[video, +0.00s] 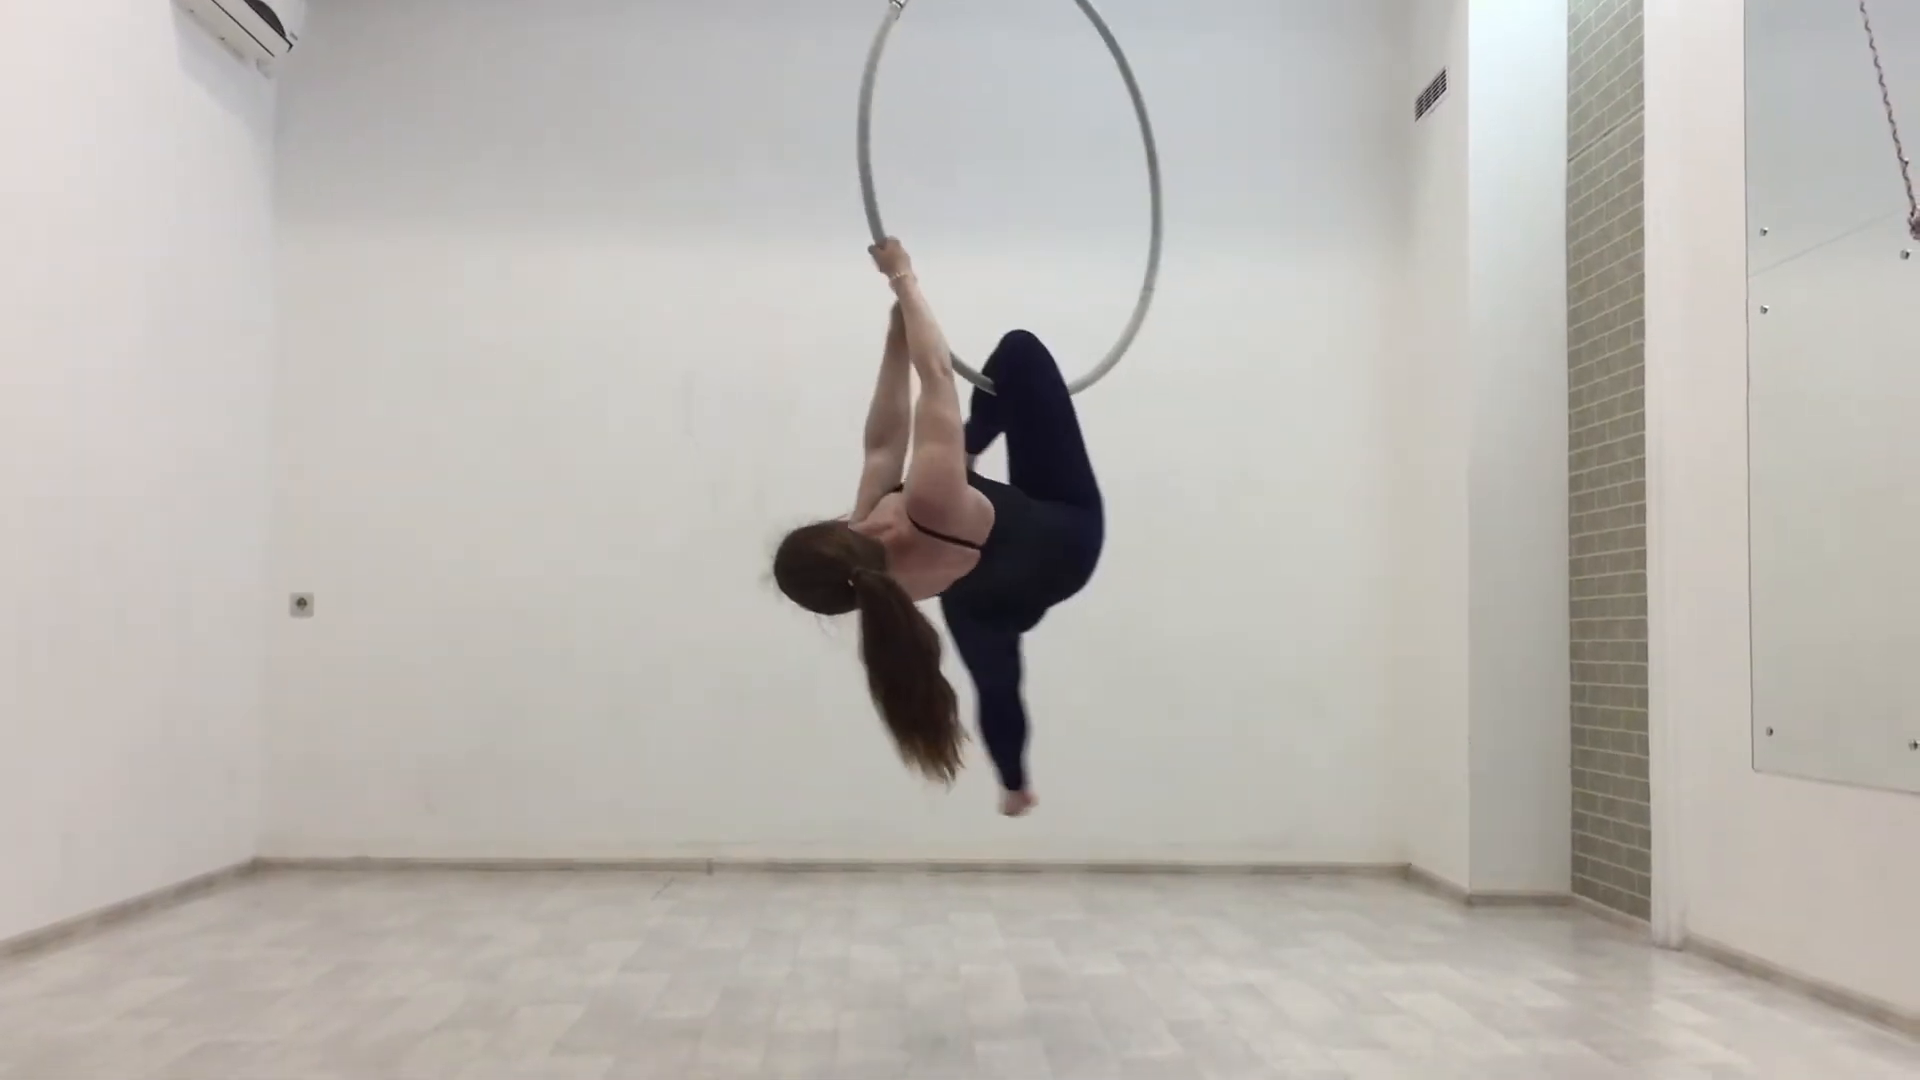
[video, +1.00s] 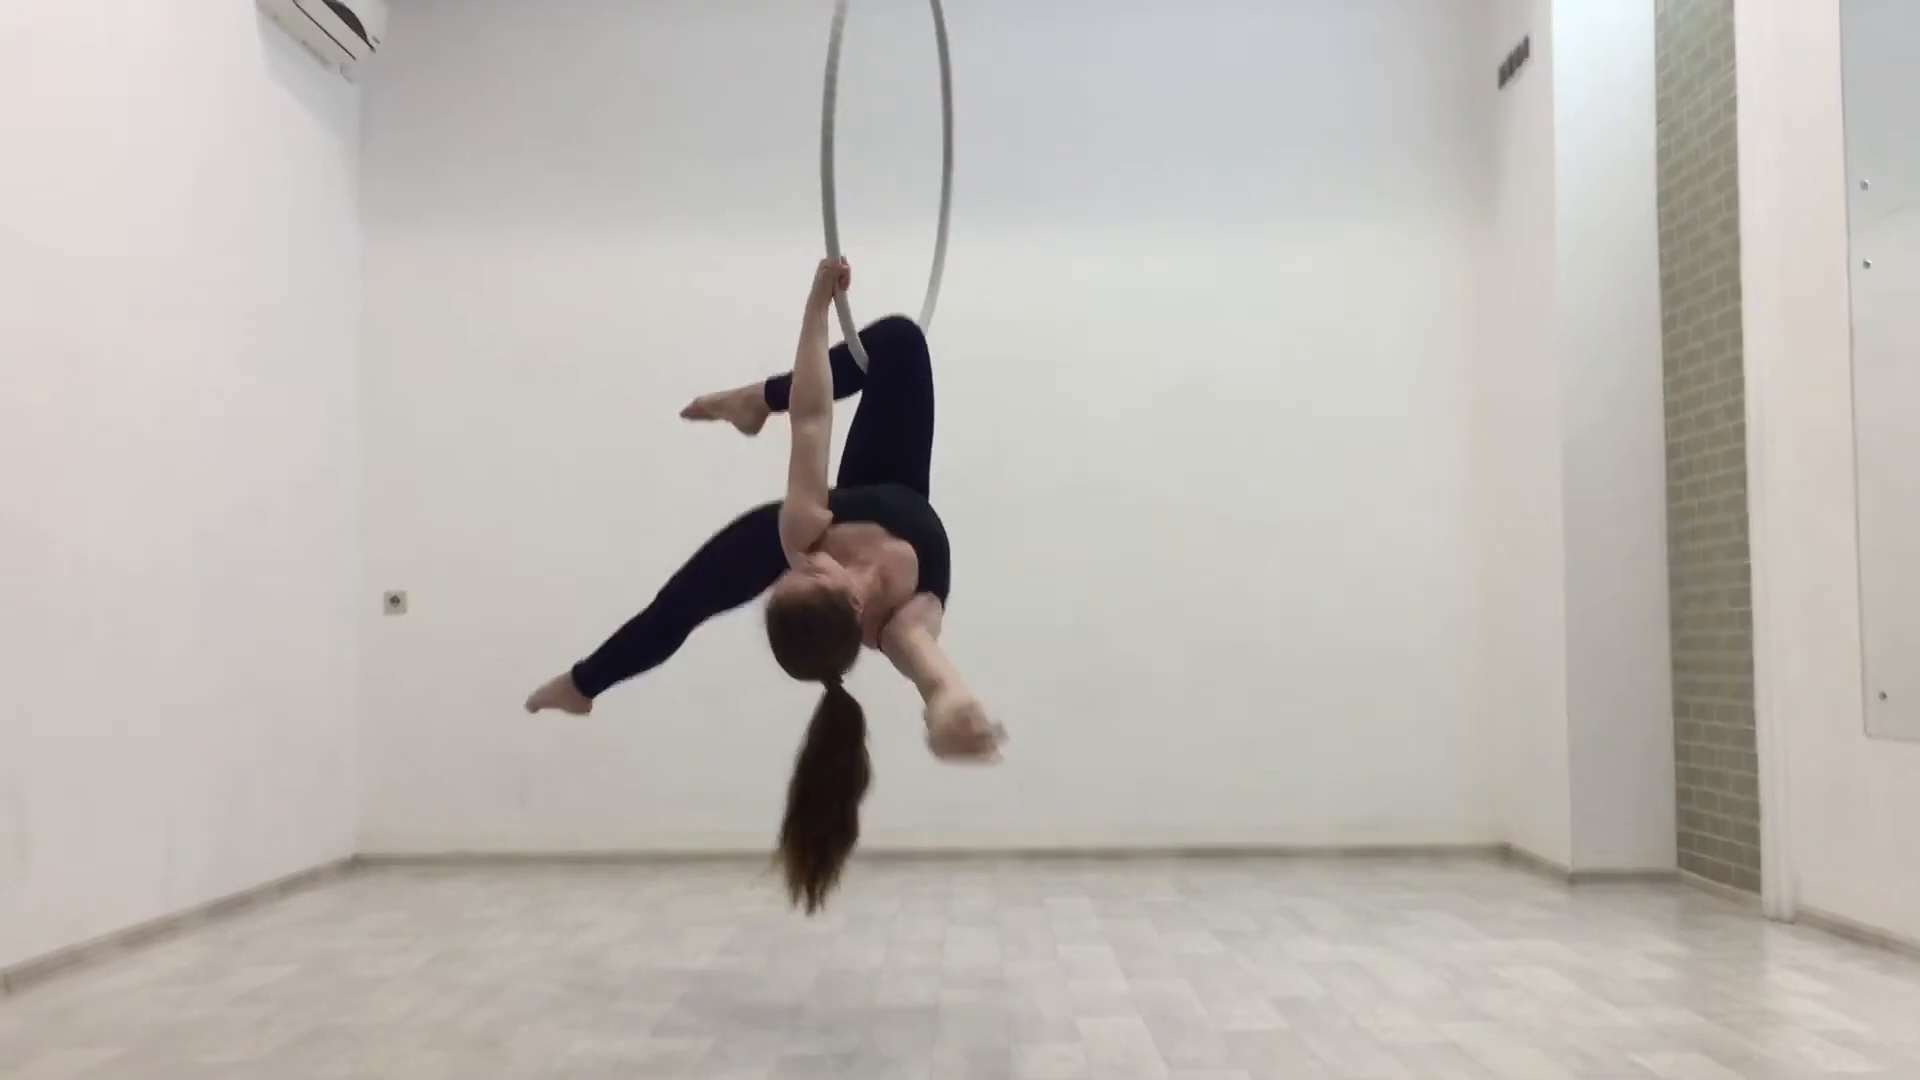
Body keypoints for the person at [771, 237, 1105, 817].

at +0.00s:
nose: (840, 512)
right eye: (832, 517)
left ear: (840, 595)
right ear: (837, 530)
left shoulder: (886, 579)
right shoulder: (933, 493)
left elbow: (880, 444)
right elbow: (938, 374)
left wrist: (900, 326)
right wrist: (904, 276)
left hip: (1004, 599)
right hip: (1072, 534)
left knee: (997, 684)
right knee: (1020, 351)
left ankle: (1015, 786)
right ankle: (969, 440)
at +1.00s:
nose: (830, 569)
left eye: (805, 575)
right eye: (837, 587)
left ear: (793, 573)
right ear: (857, 621)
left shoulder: (802, 533)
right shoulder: (904, 630)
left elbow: (809, 417)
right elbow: (941, 685)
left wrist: (819, 304)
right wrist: (956, 724)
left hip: (836, 512)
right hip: (907, 509)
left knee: (682, 600)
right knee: (902, 340)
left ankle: (579, 685)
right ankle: (760, 402)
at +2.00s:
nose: (998, 285)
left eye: (1012, 281)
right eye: (1011, 276)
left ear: (1028, 313)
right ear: (1045, 331)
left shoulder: (980, 370)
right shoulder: (1035, 401)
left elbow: (888, 421)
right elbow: (918, 424)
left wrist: (862, 329)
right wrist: (879, 351)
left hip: (900, 579)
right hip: (951, 592)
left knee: (736, 589)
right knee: (898, 395)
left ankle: (591, 614)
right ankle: (774, 501)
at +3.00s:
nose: (1091, 220)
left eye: (1108, 207)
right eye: (1086, 209)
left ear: (1151, 223)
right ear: (1081, 225)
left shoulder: (1164, 292)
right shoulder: (1064, 316)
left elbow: (1228, 360)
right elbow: (1020, 426)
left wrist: (1226, 268)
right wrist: (932, 442)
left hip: (1125, 507)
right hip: (1034, 499)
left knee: (1107, 701)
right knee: (997, 650)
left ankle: (1101, 895)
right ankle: (964, 823)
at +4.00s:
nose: (919, 361)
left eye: (916, 348)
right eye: (906, 354)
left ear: (890, 373)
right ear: (865, 372)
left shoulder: (906, 450)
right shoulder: (848, 442)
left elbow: (976, 453)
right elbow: (893, 360)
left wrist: (1016, 372)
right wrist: (869, 281)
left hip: (916, 660)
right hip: (955, 628)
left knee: (1005, 833)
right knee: (1141, 696)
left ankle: (915, 969)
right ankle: (1316, 765)